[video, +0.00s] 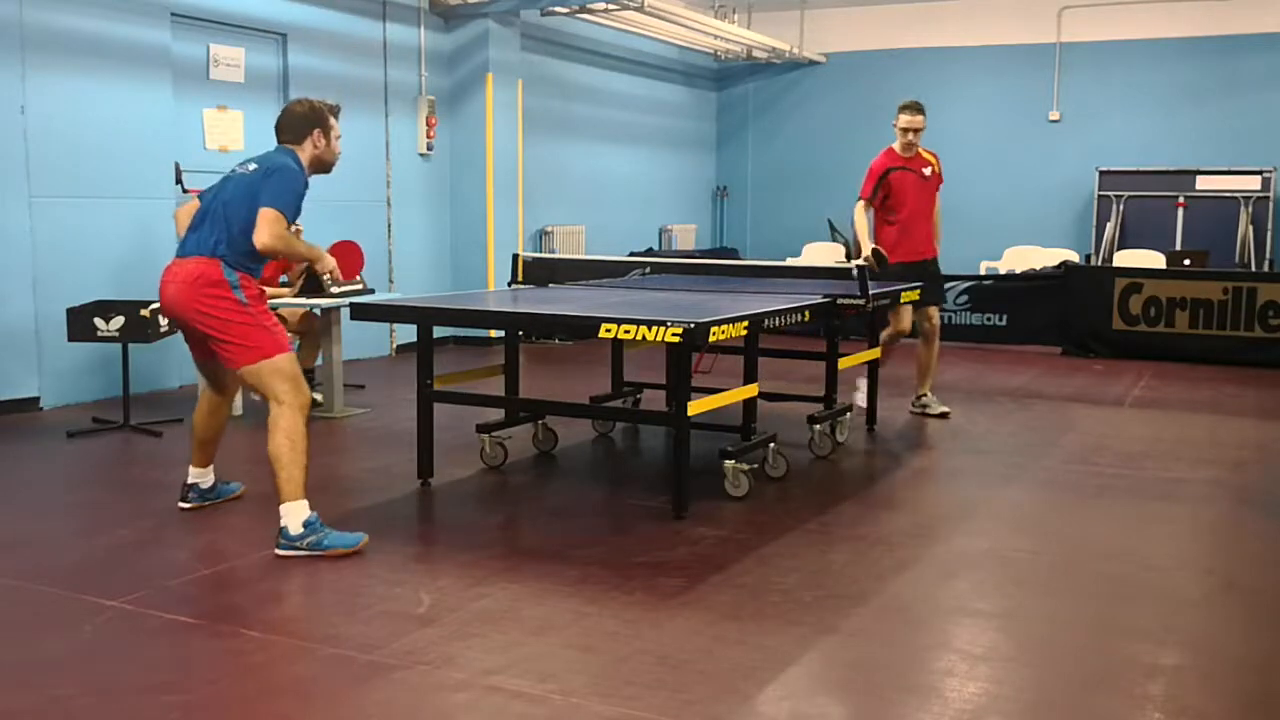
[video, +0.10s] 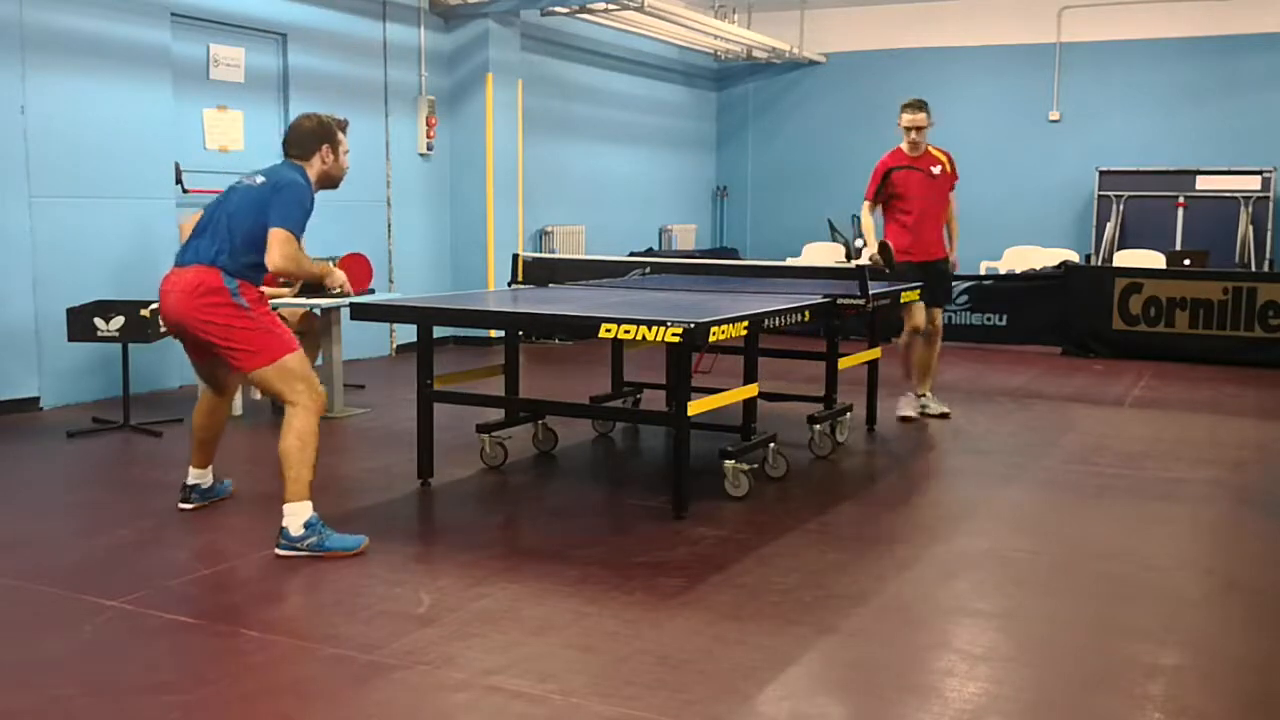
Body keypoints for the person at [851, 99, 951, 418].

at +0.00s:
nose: (910, 137)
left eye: (917, 131)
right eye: (905, 131)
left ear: (924, 130)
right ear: (895, 128)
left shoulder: (931, 161)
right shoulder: (883, 163)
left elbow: (934, 203)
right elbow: (861, 208)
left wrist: (936, 242)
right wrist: (866, 245)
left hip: (926, 259)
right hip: (894, 262)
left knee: (931, 324)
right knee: (901, 326)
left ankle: (923, 394)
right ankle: (865, 376)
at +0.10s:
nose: (914, 135)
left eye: (920, 129)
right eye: (909, 129)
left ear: (929, 128)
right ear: (900, 127)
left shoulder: (944, 161)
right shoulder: (887, 164)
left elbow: (949, 203)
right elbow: (867, 209)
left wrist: (952, 246)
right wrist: (872, 244)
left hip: (936, 256)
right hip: (902, 257)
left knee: (935, 326)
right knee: (916, 323)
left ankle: (925, 393)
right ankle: (909, 392)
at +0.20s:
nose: (912, 137)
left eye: (918, 130)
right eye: (906, 131)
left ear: (930, 126)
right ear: (900, 131)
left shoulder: (951, 161)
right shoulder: (891, 167)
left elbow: (963, 205)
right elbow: (876, 210)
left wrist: (964, 251)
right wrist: (878, 245)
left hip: (944, 259)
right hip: (909, 261)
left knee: (940, 331)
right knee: (925, 329)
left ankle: (923, 393)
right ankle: (947, 398)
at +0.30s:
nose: (908, 141)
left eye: (914, 133)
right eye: (903, 135)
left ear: (928, 128)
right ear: (898, 135)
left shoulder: (954, 162)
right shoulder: (894, 171)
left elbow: (970, 206)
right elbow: (886, 212)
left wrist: (968, 251)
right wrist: (885, 243)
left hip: (951, 261)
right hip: (915, 265)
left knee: (947, 334)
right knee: (932, 332)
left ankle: (925, 392)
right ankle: (954, 402)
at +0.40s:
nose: (903, 144)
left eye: (908, 136)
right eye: (898, 139)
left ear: (924, 129)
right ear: (895, 138)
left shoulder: (954, 159)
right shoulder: (897, 172)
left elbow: (971, 205)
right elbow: (896, 214)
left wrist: (959, 247)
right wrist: (892, 242)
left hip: (956, 259)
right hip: (919, 263)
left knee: (958, 334)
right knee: (932, 333)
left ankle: (940, 378)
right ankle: (954, 403)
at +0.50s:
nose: (898, 147)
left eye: (902, 139)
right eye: (893, 142)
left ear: (918, 131)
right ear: (891, 141)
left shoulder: (950, 158)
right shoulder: (902, 173)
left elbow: (968, 205)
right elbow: (906, 217)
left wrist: (944, 244)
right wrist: (898, 241)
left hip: (954, 260)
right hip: (922, 264)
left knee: (953, 328)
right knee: (930, 332)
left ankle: (969, 381)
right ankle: (954, 403)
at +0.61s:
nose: (894, 150)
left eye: (897, 142)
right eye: (888, 146)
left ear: (913, 131)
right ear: (886, 145)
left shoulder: (945, 158)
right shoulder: (905, 174)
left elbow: (958, 206)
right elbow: (915, 220)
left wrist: (929, 243)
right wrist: (902, 248)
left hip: (956, 255)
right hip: (930, 261)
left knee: (941, 327)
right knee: (926, 331)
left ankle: (984, 388)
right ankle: (955, 404)